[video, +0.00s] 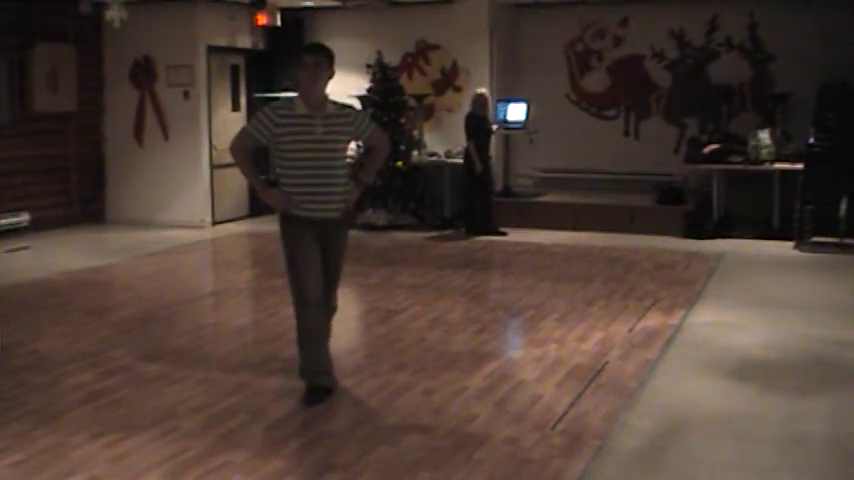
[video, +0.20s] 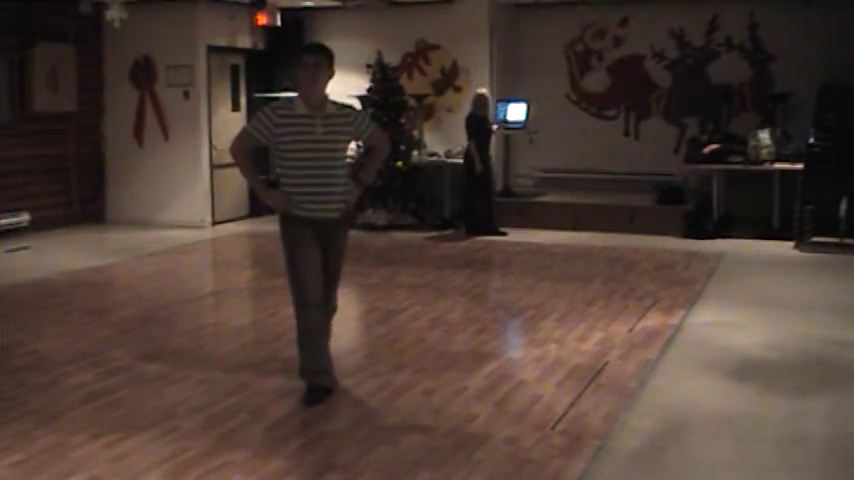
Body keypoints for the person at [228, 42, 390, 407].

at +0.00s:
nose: (311, 75)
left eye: (318, 68)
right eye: (305, 67)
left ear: (330, 74)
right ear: (296, 72)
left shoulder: (346, 115)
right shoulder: (278, 114)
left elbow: (382, 144)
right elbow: (238, 147)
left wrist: (360, 184)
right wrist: (265, 191)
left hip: (336, 217)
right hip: (297, 216)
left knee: (327, 297)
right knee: (309, 297)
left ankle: (314, 361)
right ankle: (318, 379)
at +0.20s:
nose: (311, 75)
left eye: (318, 68)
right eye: (305, 67)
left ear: (330, 74)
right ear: (296, 73)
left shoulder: (345, 115)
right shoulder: (277, 114)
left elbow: (382, 144)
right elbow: (238, 148)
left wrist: (360, 184)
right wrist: (264, 191)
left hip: (336, 217)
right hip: (297, 216)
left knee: (327, 297)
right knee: (309, 297)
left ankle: (314, 361)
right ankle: (318, 379)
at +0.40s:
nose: (311, 76)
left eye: (318, 69)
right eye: (305, 69)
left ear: (329, 74)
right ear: (296, 74)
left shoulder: (346, 115)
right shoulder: (278, 116)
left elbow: (382, 145)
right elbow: (240, 151)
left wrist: (359, 184)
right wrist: (264, 194)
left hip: (336, 217)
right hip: (297, 217)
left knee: (327, 297)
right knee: (309, 298)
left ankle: (315, 362)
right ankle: (318, 379)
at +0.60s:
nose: (310, 76)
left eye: (318, 69)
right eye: (305, 69)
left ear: (329, 74)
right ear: (296, 74)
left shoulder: (346, 115)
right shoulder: (278, 116)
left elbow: (382, 145)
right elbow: (240, 152)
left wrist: (359, 185)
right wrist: (262, 194)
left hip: (336, 218)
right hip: (297, 217)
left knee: (327, 297)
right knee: (309, 298)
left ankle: (315, 362)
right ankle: (318, 379)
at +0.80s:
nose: (310, 77)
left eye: (318, 70)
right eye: (305, 70)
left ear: (329, 75)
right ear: (295, 74)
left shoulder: (346, 115)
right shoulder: (277, 116)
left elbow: (382, 145)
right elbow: (241, 152)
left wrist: (359, 184)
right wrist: (261, 195)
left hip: (336, 218)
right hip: (297, 218)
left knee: (327, 297)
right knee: (310, 298)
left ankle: (315, 361)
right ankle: (318, 379)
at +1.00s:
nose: (310, 77)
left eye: (317, 70)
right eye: (305, 70)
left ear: (328, 75)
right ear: (295, 74)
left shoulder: (345, 115)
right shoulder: (277, 116)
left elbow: (382, 145)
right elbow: (240, 152)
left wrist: (360, 185)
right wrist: (261, 195)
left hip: (336, 218)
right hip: (297, 218)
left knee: (327, 297)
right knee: (310, 297)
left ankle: (315, 362)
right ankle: (318, 379)